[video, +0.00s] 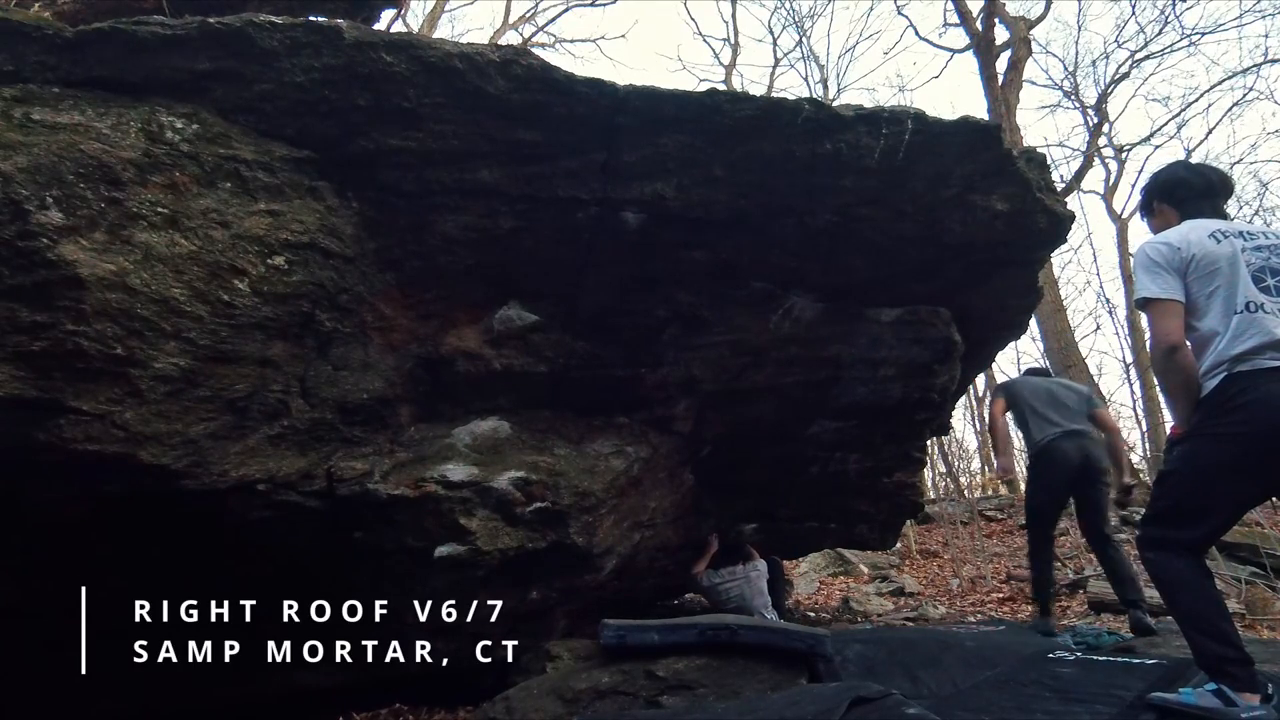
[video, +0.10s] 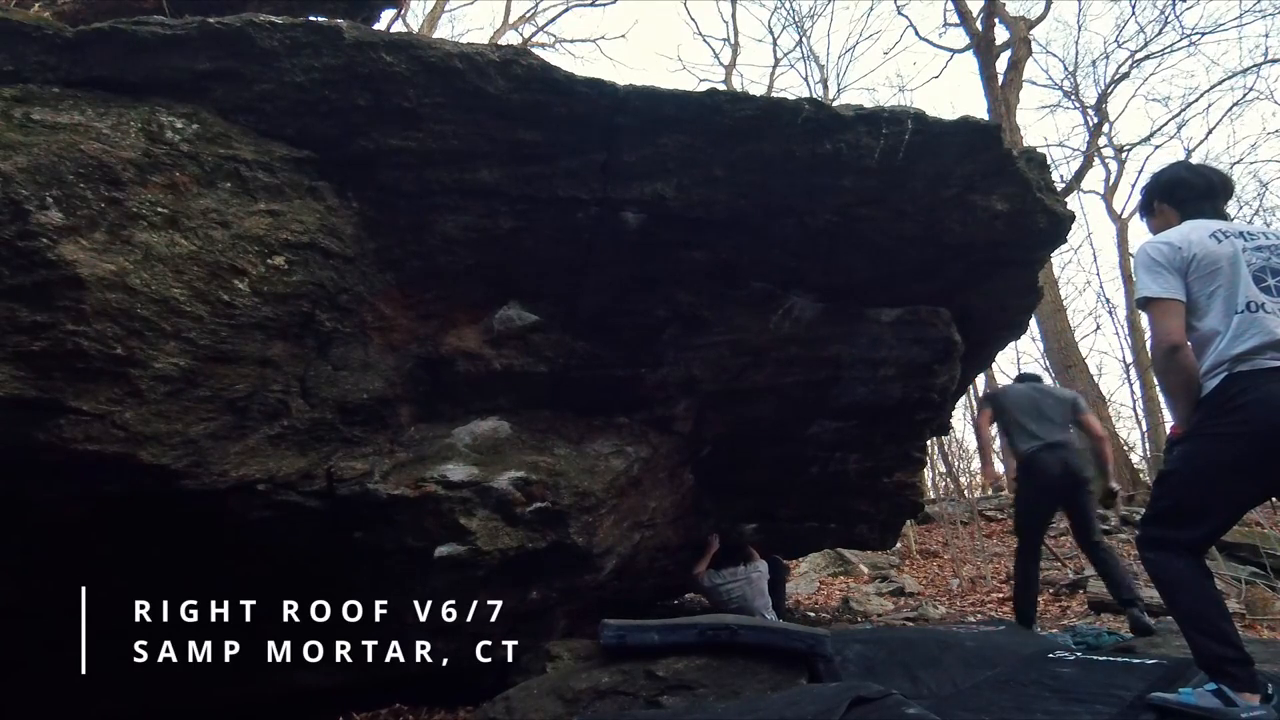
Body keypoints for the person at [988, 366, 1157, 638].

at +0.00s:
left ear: (1023, 378)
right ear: (1051, 378)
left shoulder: (1011, 385)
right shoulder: (1080, 389)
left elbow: (997, 414)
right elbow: (1112, 428)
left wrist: (1003, 461)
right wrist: (1125, 476)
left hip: (1051, 457)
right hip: (1093, 452)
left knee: (1040, 535)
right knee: (1100, 533)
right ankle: (1137, 609)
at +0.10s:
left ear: (1014, 384)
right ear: (1042, 384)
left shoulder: (1000, 395)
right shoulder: (1067, 395)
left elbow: (981, 423)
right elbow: (1100, 434)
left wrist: (987, 467)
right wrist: (1111, 479)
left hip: (1036, 472)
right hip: (1076, 465)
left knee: (1028, 545)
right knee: (1093, 540)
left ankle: (1025, 622)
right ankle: (1134, 607)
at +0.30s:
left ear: (1000, 402)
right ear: (1026, 402)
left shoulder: (981, 412)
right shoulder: (1043, 413)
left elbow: (957, 446)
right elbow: (1074, 454)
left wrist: (962, 490)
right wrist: (1091, 495)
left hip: (1002, 486)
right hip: (1041, 481)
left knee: (1008, 560)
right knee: (1071, 543)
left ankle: (1025, 629)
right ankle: (1093, 606)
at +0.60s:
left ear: (1000, 416)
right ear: (1027, 419)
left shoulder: (984, 422)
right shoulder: (1043, 431)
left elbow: (958, 444)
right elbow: (1076, 473)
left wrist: (953, 482)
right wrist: (1079, 516)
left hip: (995, 490)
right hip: (1035, 489)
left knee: (983, 552)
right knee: (1062, 557)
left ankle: (1016, 611)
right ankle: (1087, 625)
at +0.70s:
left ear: (999, 424)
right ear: (1024, 427)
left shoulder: (984, 430)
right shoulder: (1042, 440)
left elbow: (956, 450)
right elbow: (1077, 482)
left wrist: (949, 487)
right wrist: (1075, 525)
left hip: (991, 490)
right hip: (1031, 491)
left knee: (968, 546)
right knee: (1062, 556)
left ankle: (986, 609)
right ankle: (1089, 627)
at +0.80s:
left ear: (993, 431)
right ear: (1015, 434)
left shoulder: (978, 437)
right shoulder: (1036, 446)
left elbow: (947, 460)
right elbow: (1072, 486)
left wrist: (937, 500)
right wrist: (1074, 529)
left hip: (983, 493)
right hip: (1024, 493)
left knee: (955, 555)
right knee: (1060, 559)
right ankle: (1090, 630)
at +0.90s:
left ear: (979, 444)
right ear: (1008, 447)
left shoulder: (965, 449)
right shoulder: (1023, 454)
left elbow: (932, 476)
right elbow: (1059, 492)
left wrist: (924, 511)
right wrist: (1074, 533)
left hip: (971, 499)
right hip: (1010, 498)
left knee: (944, 558)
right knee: (1052, 561)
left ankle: (922, 614)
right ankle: (1088, 628)